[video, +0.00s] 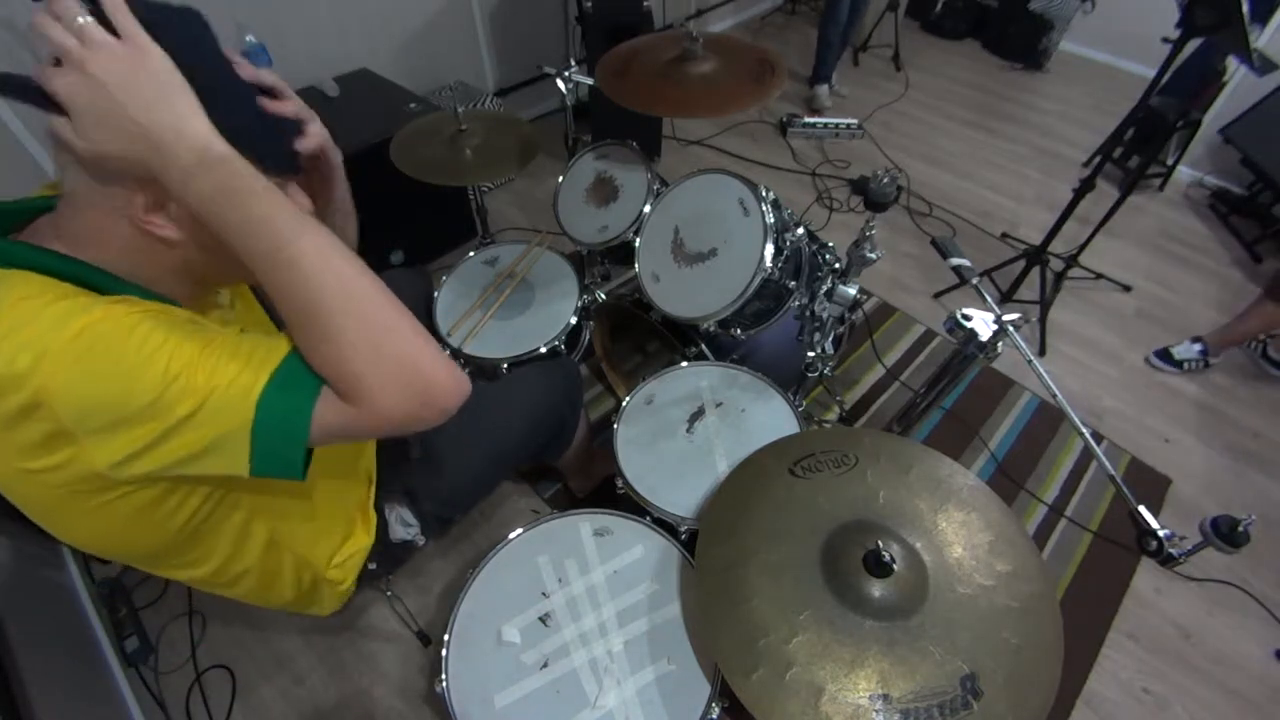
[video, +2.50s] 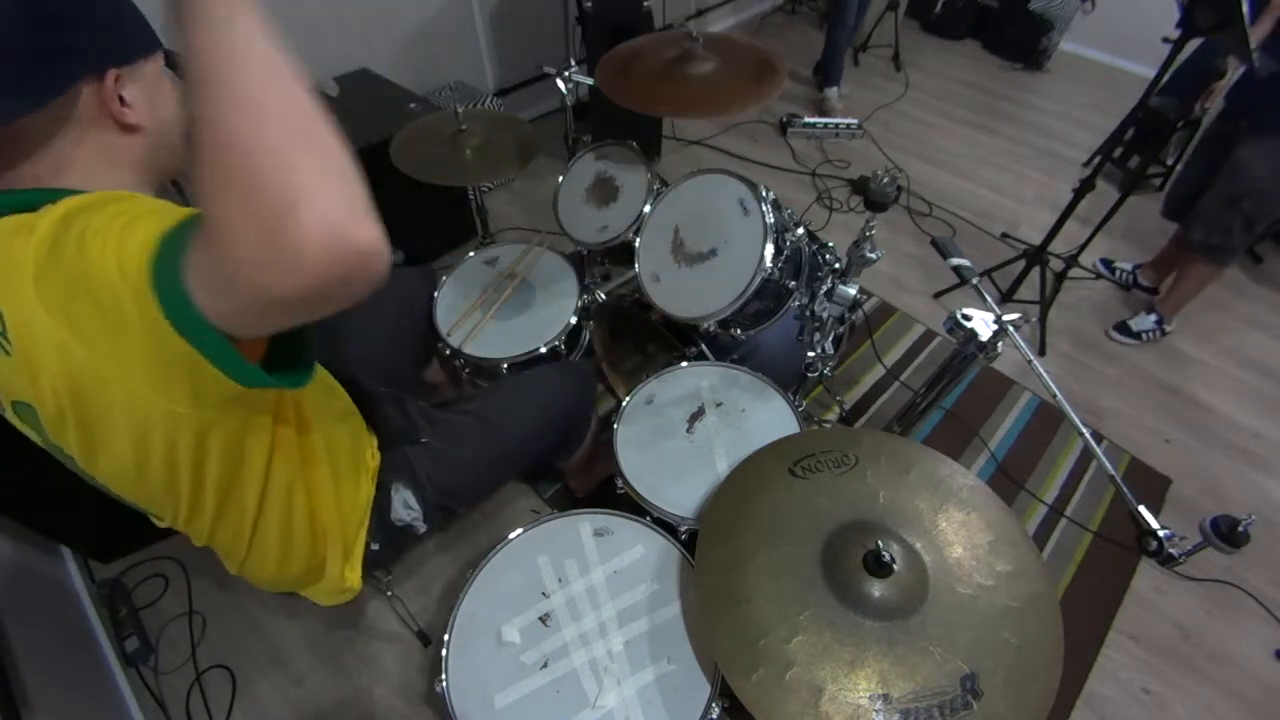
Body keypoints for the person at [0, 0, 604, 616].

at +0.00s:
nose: (292, 208)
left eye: (287, 187)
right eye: (272, 195)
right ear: (161, 217)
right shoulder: (78, 366)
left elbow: (318, 287)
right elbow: (425, 391)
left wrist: (327, 184)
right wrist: (190, 156)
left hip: (269, 364)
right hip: (341, 503)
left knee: (488, 277)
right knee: (553, 376)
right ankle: (575, 470)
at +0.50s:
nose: (283, 188)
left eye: (268, 160)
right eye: (245, 175)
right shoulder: (72, 368)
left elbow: (323, 246)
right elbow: (431, 379)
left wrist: (263, 108)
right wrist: (155, 191)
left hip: (265, 355)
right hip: (339, 503)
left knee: (486, 277)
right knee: (552, 378)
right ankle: (572, 470)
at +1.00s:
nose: (205, 146)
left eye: (194, 123)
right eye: (190, 128)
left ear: (119, 171)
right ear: (127, 168)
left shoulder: (40, 274)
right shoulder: (162, 369)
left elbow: (210, 338)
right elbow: (354, 446)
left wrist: (356, 296)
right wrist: (451, 337)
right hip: (337, 526)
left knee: (421, 305)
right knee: (559, 377)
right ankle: (573, 476)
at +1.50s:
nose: (181, 100)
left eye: (166, 77)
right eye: (161, 78)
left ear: (109, 114)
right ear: (114, 112)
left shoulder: (22, 259)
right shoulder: (186, 324)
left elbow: (196, 358)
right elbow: (356, 451)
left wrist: (366, 330)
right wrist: (445, 363)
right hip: (340, 519)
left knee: (400, 278)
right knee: (561, 362)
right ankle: (571, 471)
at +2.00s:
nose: (176, 90)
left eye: (161, 69)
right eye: (157, 72)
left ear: (52, 121)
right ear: (111, 110)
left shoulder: (18, 259)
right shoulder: (145, 292)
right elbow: (423, 471)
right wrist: (635, 309)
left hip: (222, 511)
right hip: (327, 533)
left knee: (397, 287)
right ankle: (578, 464)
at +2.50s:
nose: (183, 101)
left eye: (177, 74)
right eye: (170, 75)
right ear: (118, 98)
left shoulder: (25, 238)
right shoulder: (98, 253)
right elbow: (333, 250)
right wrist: (212, 0)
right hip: (347, 508)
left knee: (420, 280)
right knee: (569, 378)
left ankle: (420, 396)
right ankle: (582, 476)